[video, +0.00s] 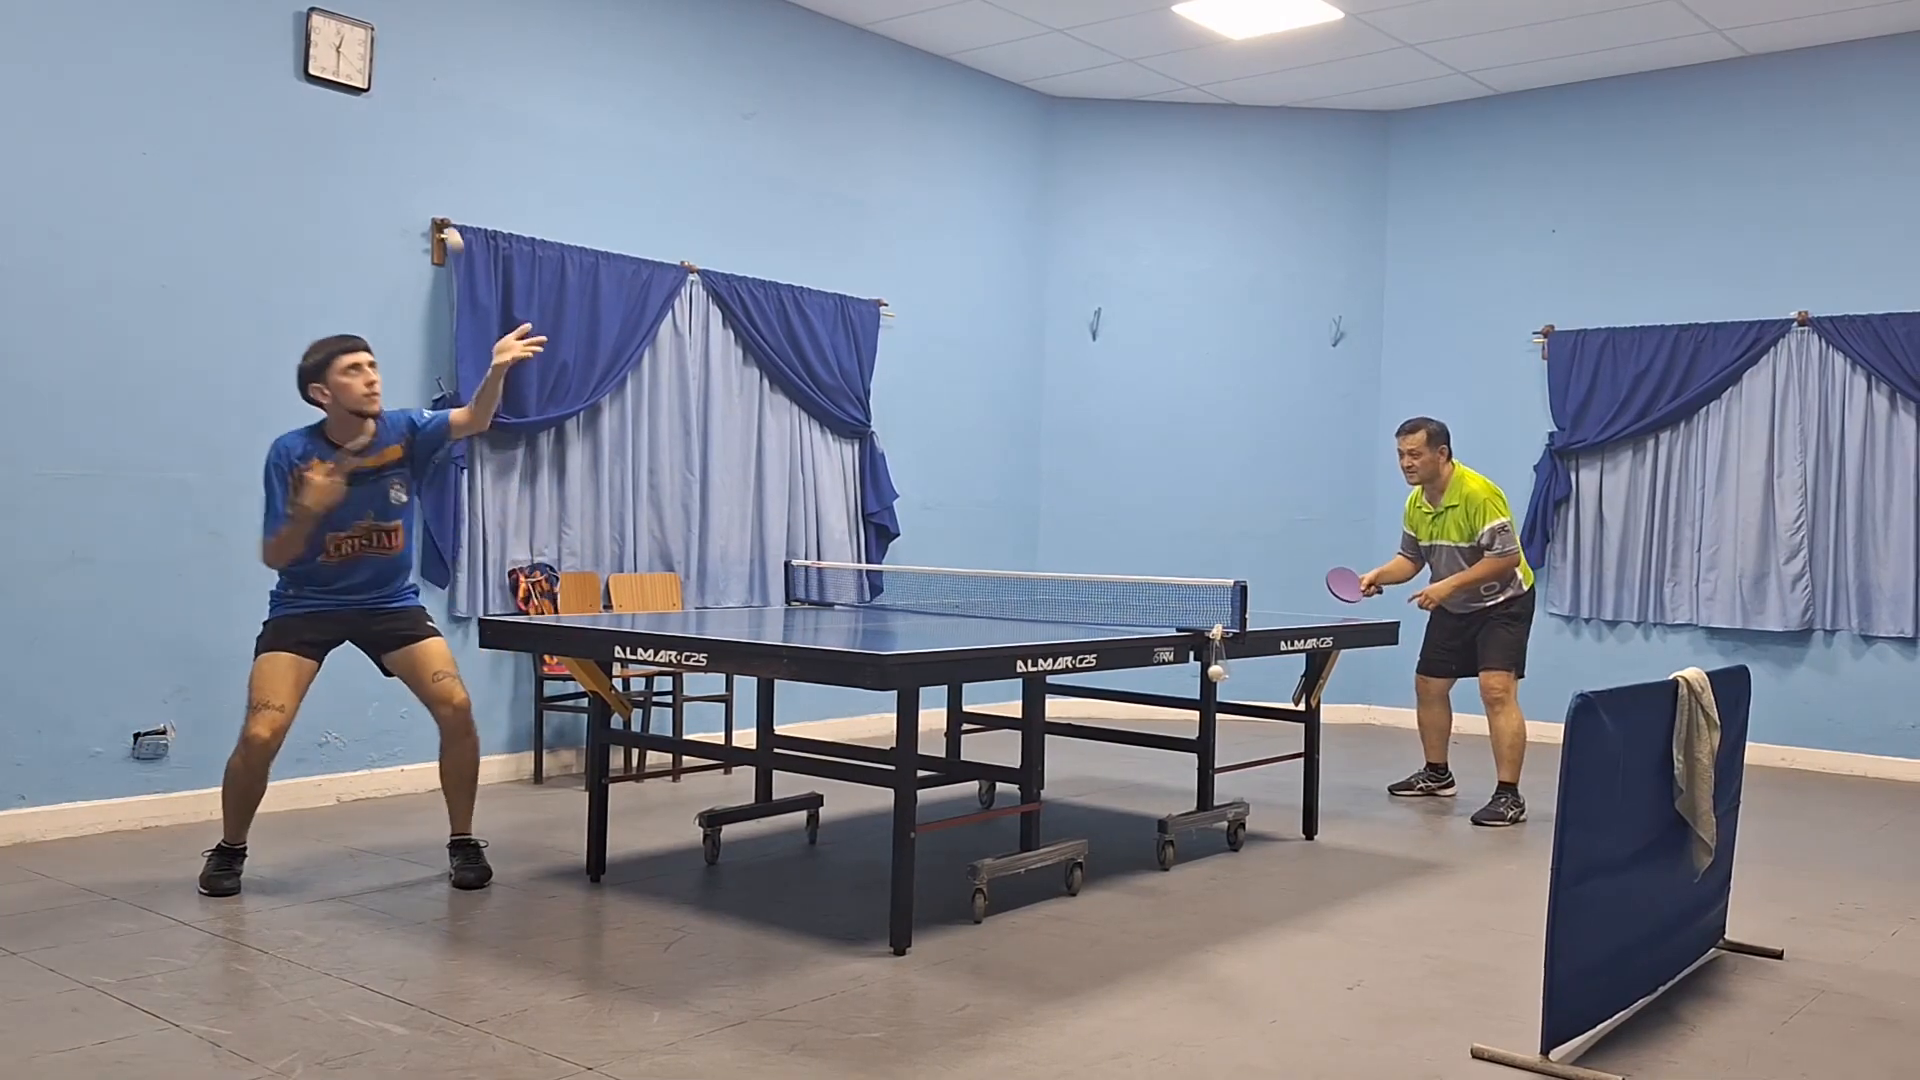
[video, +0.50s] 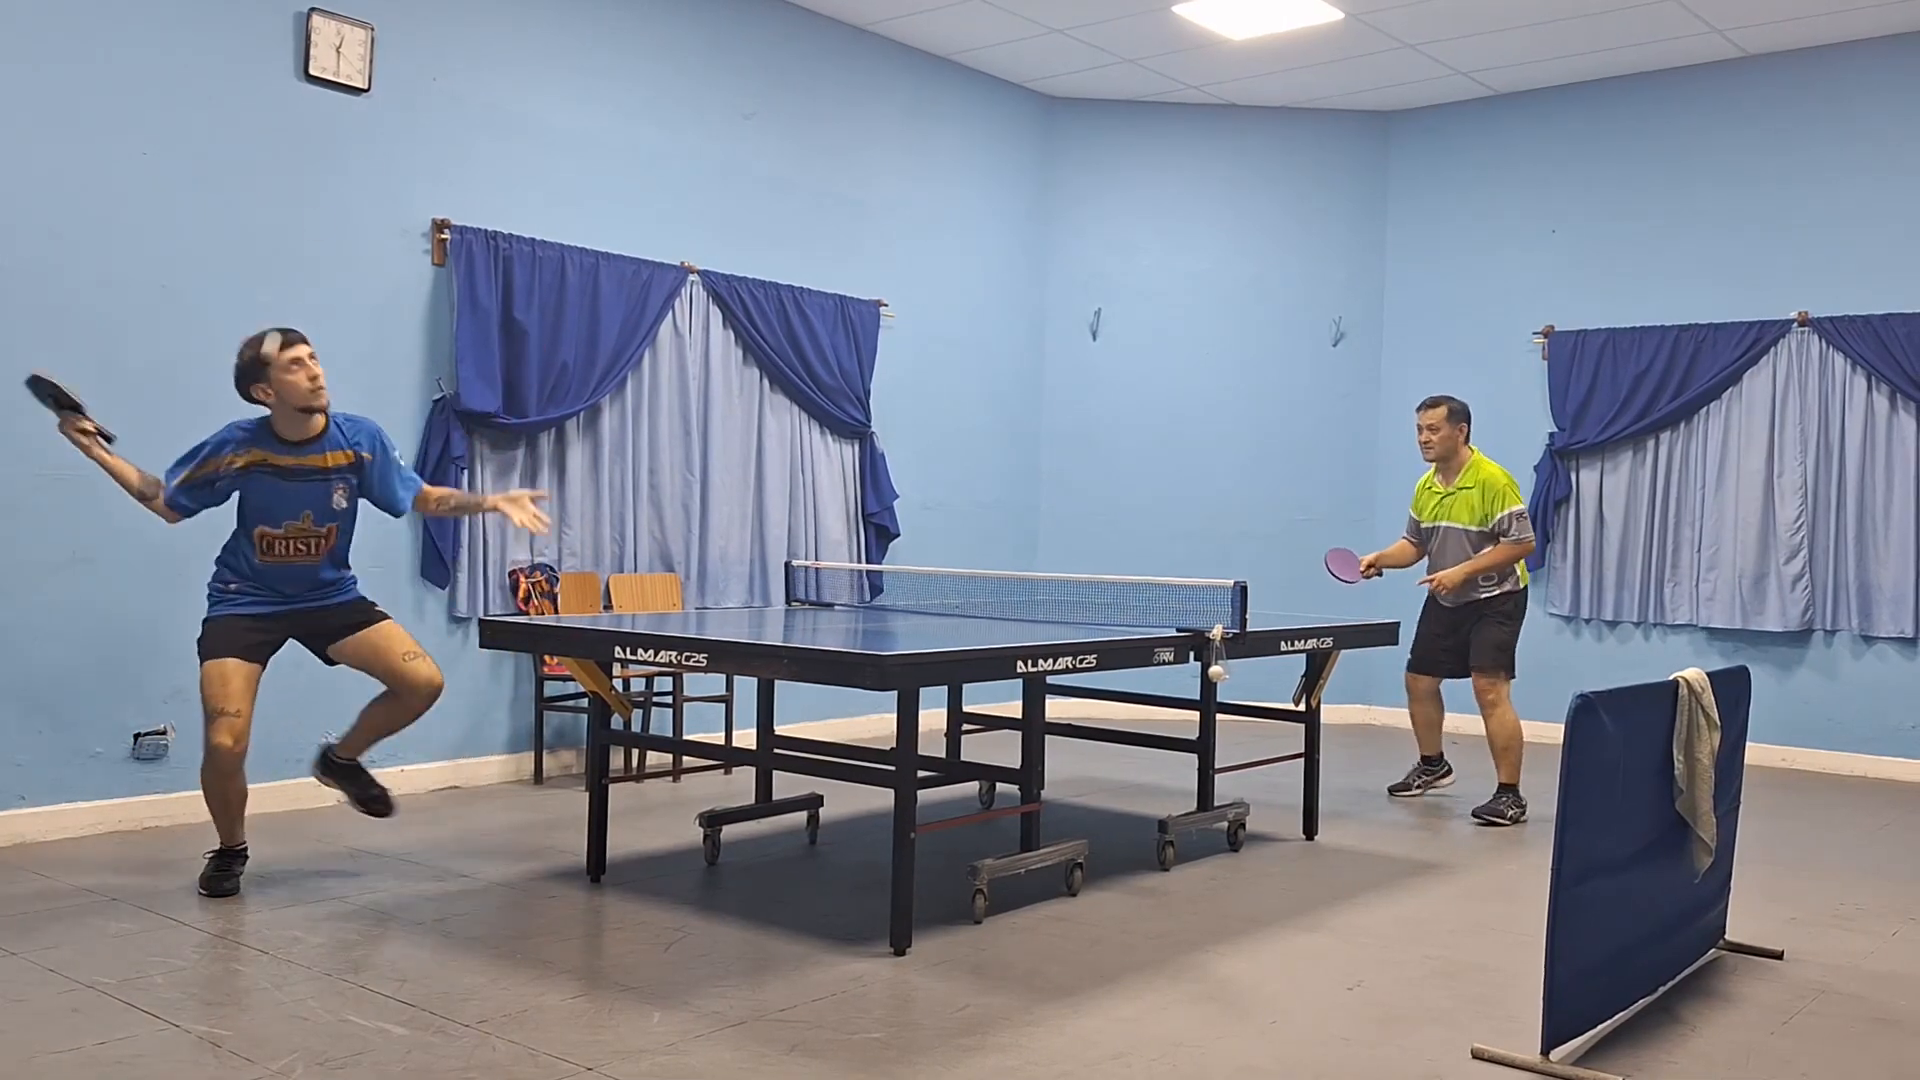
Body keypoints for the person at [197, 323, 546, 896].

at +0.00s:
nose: (371, 378)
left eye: (373, 368)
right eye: (354, 370)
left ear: (380, 377)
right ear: (321, 393)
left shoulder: (406, 430)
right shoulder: (291, 453)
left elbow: (476, 417)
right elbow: (276, 557)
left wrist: (497, 367)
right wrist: (308, 511)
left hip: (389, 600)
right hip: (305, 604)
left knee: (454, 704)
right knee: (261, 733)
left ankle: (463, 842)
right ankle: (230, 849)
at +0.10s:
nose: (340, 365)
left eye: (342, 354)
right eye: (322, 358)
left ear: (353, 367)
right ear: (291, 380)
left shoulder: (386, 423)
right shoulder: (269, 445)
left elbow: (471, 419)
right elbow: (221, 536)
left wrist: (504, 377)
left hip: (378, 599)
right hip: (291, 600)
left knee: (437, 704)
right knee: (254, 732)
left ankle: (462, 843)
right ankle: (229, 849)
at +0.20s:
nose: (313, 354)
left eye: (316, 346)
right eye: (295, 349)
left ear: (327, 362)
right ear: (266, 377)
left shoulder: (369, 423)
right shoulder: (246, 441)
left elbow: (464, 432)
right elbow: (177, 508)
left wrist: (508, 400)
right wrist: (144, 467)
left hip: (360, 595)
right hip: (274, 598)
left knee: (426, 707)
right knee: (242, 732)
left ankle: (460, 843)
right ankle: (228, 849)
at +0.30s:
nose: (295, 351)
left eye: (297, 341)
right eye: (278, 345)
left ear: (309, 356)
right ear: (246, 373)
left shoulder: (354, 422)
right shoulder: (233, 437)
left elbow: (444, 450)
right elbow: (162, 481)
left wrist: (505, 430)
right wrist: (109, 439)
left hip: (346, 594)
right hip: (259, 598)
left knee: (424, 704)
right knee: (230, 734)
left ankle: (449, 833)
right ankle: (229, 852)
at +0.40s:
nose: (293, 355)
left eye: (294, 346)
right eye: (275, 351)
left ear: (305, 360)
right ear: (244, 377)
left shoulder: (351, 427)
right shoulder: (232, 437)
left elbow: (428, 474)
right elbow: (162, 485)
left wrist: (498, 466)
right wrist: (95, 438)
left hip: (335, 590)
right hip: (250, 596)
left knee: (425, 692)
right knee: (225, 733)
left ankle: (399, 798)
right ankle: (230, 849)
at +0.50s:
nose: (314, 369)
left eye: (313, 358)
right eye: (295, 364)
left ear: (321, 370)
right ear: (262, 390)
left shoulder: (359, 439)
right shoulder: (238, 445)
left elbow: (419, 497)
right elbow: (169, 502)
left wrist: (492, 502)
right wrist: (100, 451)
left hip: (328, 594)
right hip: (245, 598)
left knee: (422, 682)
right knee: (224, 741)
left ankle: (342, 759)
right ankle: (230, 851)